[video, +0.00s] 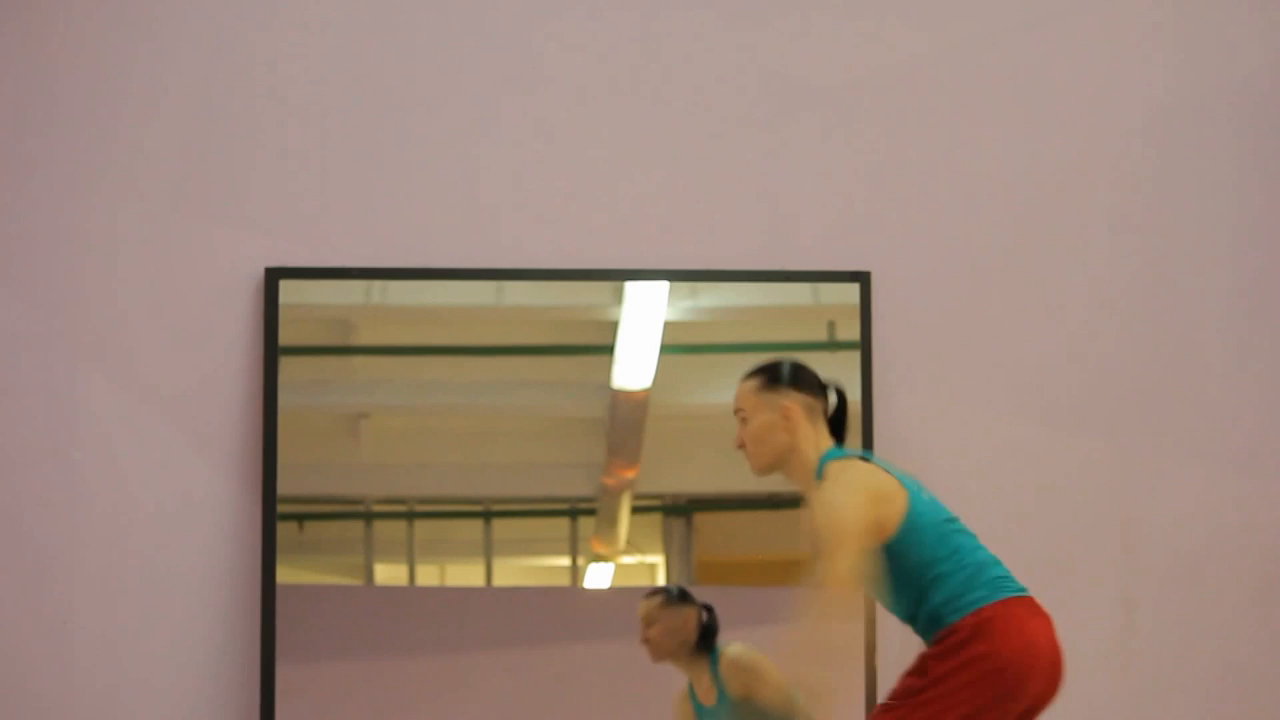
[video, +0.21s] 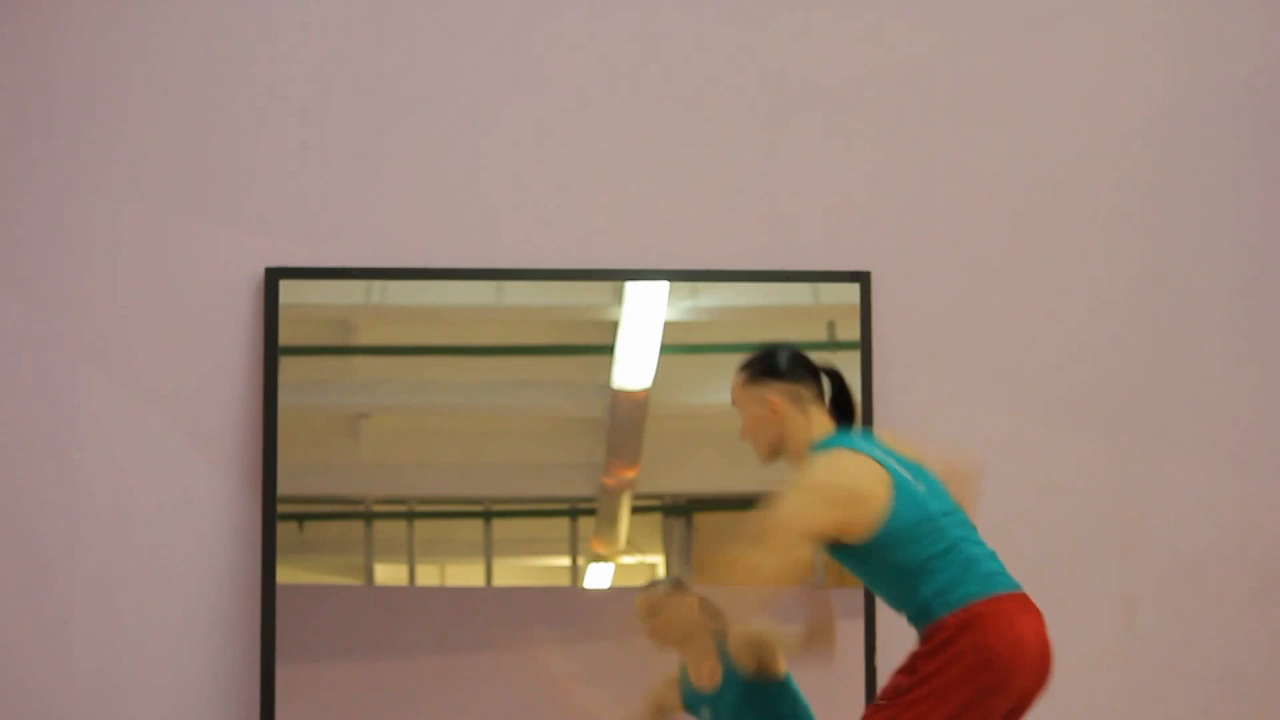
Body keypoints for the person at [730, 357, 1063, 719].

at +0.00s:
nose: (736, 439)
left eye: (743, 419)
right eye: (736, 423)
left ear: (789, 414)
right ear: (792, 416)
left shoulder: (844, 484)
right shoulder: (849, 477)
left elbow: (833, 622)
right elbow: (831, 621)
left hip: (993, 646)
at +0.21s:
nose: (741, 430)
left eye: (743, 413)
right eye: (738, 415)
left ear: (774, 407)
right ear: (809, 402)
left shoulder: (822, 478)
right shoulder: (874, 444)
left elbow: (767, 575)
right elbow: (959, 472)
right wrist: (947, 563)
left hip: (978, 642)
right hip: (1012, 632)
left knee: (883, 710)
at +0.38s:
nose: (741, 430)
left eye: (743, 413)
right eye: (738, 414)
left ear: (774, 407)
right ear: (810, 402)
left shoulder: (821, 479)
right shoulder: (874, 444)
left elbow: (767, 576)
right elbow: (959, 472)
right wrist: (947, 563)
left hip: (977, 642)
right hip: (1013, 631)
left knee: (884, 711)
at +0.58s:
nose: (749, 415)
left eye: (744, 398)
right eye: (742, 401)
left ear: (759, 389)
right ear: (807, 372)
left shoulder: (796, 464)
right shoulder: (887, 417)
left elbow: (692, 521)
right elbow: (957, 383)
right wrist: (920, 332)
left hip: (961, 629)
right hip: (1008, 616)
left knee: (876, 708)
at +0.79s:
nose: (745, 376)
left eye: (741, 364)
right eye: (740, 364)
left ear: (749, 358)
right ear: (797, 334)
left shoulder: (775, 430)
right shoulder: (880, 370)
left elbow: (671, 451)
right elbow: (951, 309)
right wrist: (901, 246)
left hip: (938, 602)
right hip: (994, 585)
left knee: (868, 708)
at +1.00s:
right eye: (786, 275)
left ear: (730, 314)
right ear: (788, 282)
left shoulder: (725, 381)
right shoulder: (858, 309)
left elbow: (776, 484)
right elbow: (929, 231)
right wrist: (866, 178)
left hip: (900, 558)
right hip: (967, 537)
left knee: (868, 707)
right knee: (956, 708)